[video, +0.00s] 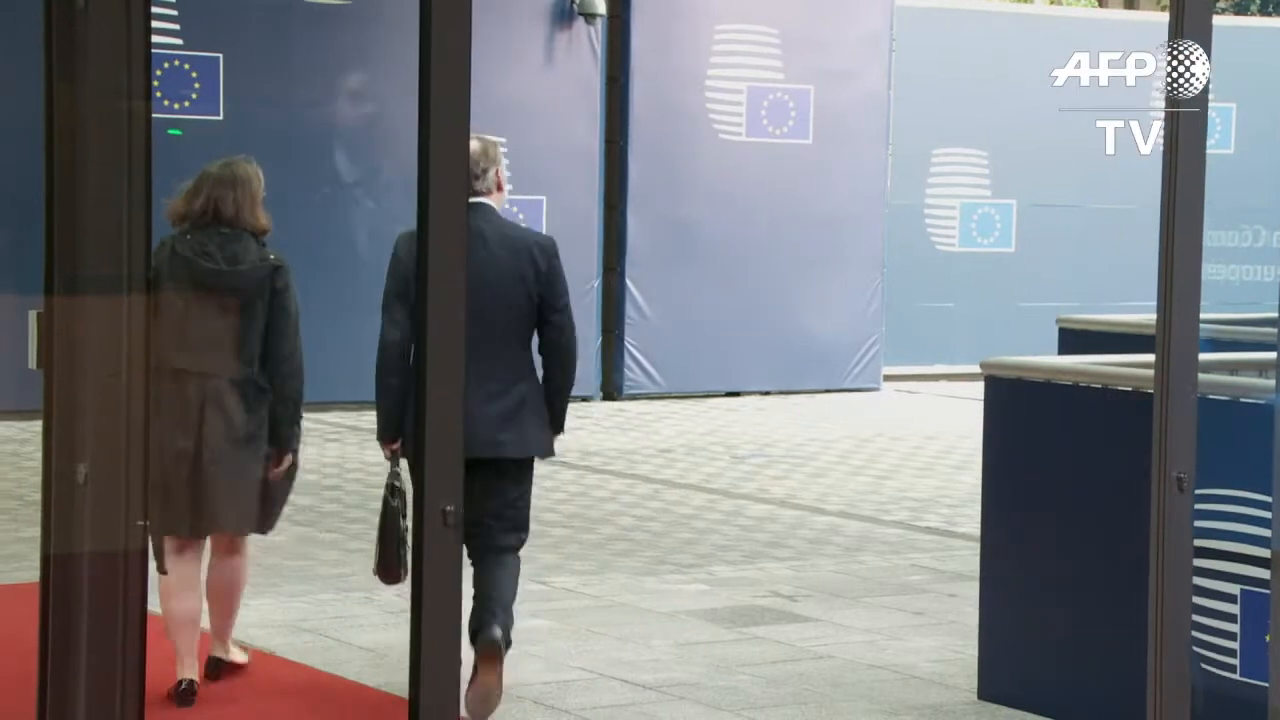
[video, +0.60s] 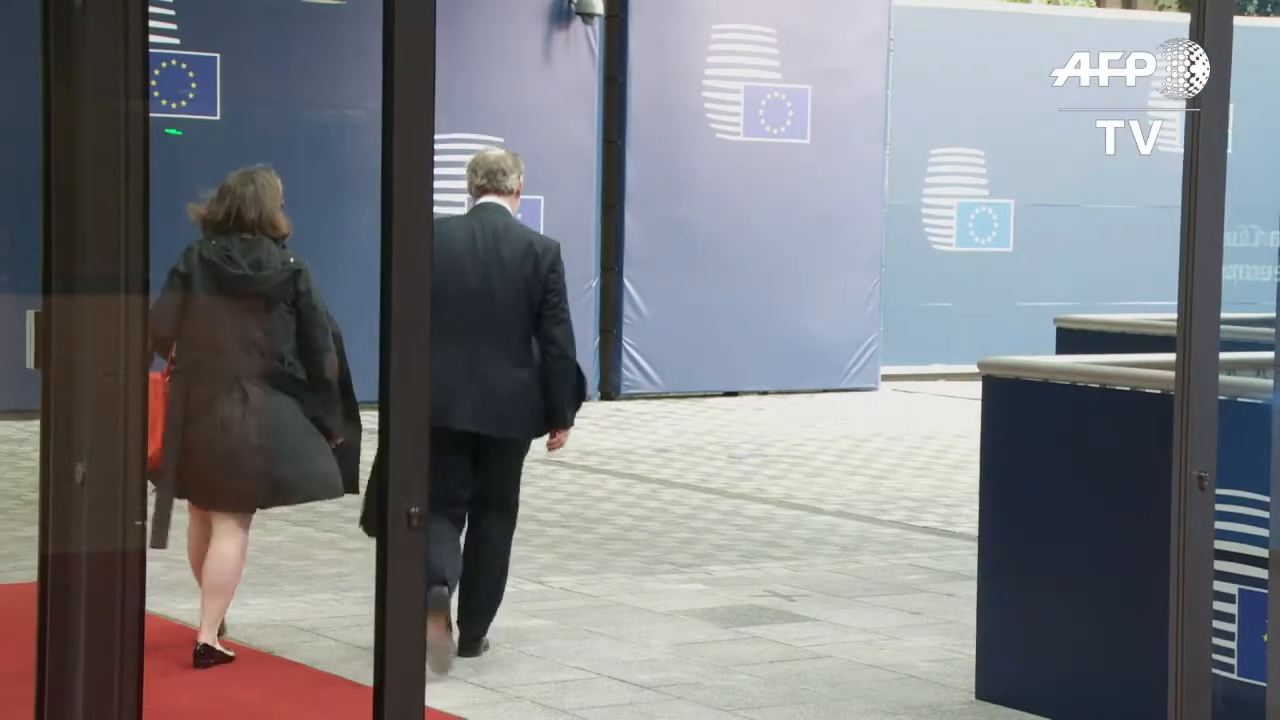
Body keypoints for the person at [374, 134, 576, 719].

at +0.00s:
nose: (506, 184)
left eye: (499, 175)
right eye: (505, 177)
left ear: (447, 181)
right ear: (497, 182)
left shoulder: (413, 246)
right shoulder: (535, 248)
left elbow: (394, 341)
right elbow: (561, 344)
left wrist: (390, 422)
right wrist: (551, 415)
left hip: (433, 429)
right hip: (507, 427)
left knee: (435, 554)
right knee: (499, 543)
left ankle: (435, 680)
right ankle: (491, 639)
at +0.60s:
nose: (518, 198)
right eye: (520, 192)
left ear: (471, 190)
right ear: (517, 193)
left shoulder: (432, 236)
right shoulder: (540, 250)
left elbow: (405, 315)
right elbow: (556, 337)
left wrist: (401, 395)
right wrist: (561, 411)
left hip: (438, 404)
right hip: (508, 408)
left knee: (441, 507)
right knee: (493, 518)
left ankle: (437, 590)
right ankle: (472, 633)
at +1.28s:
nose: (542, 192)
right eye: (542, 187)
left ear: (495, 187)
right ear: (538, 188)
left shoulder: (459, 233)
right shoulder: (561, 238)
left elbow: (441, 312)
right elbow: (578, 317)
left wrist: (439, 377)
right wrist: (583, 383)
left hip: (472, 383)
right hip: (535, 383)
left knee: (482, 486)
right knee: (534, 473)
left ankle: (486, 600)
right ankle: (515, 555)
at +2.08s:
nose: (605, 200)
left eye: (602, 193)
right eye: (604, 193)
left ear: (558, 197)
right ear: (596, 195)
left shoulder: (525, 237)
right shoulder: (613, 247)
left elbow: (502, 307)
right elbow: (639, 315)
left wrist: (493, 362)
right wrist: (649, 370)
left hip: (530, 375)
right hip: (586, 378)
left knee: (543, 455)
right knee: (572, 467)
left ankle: (542, 538)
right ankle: (553, 568)